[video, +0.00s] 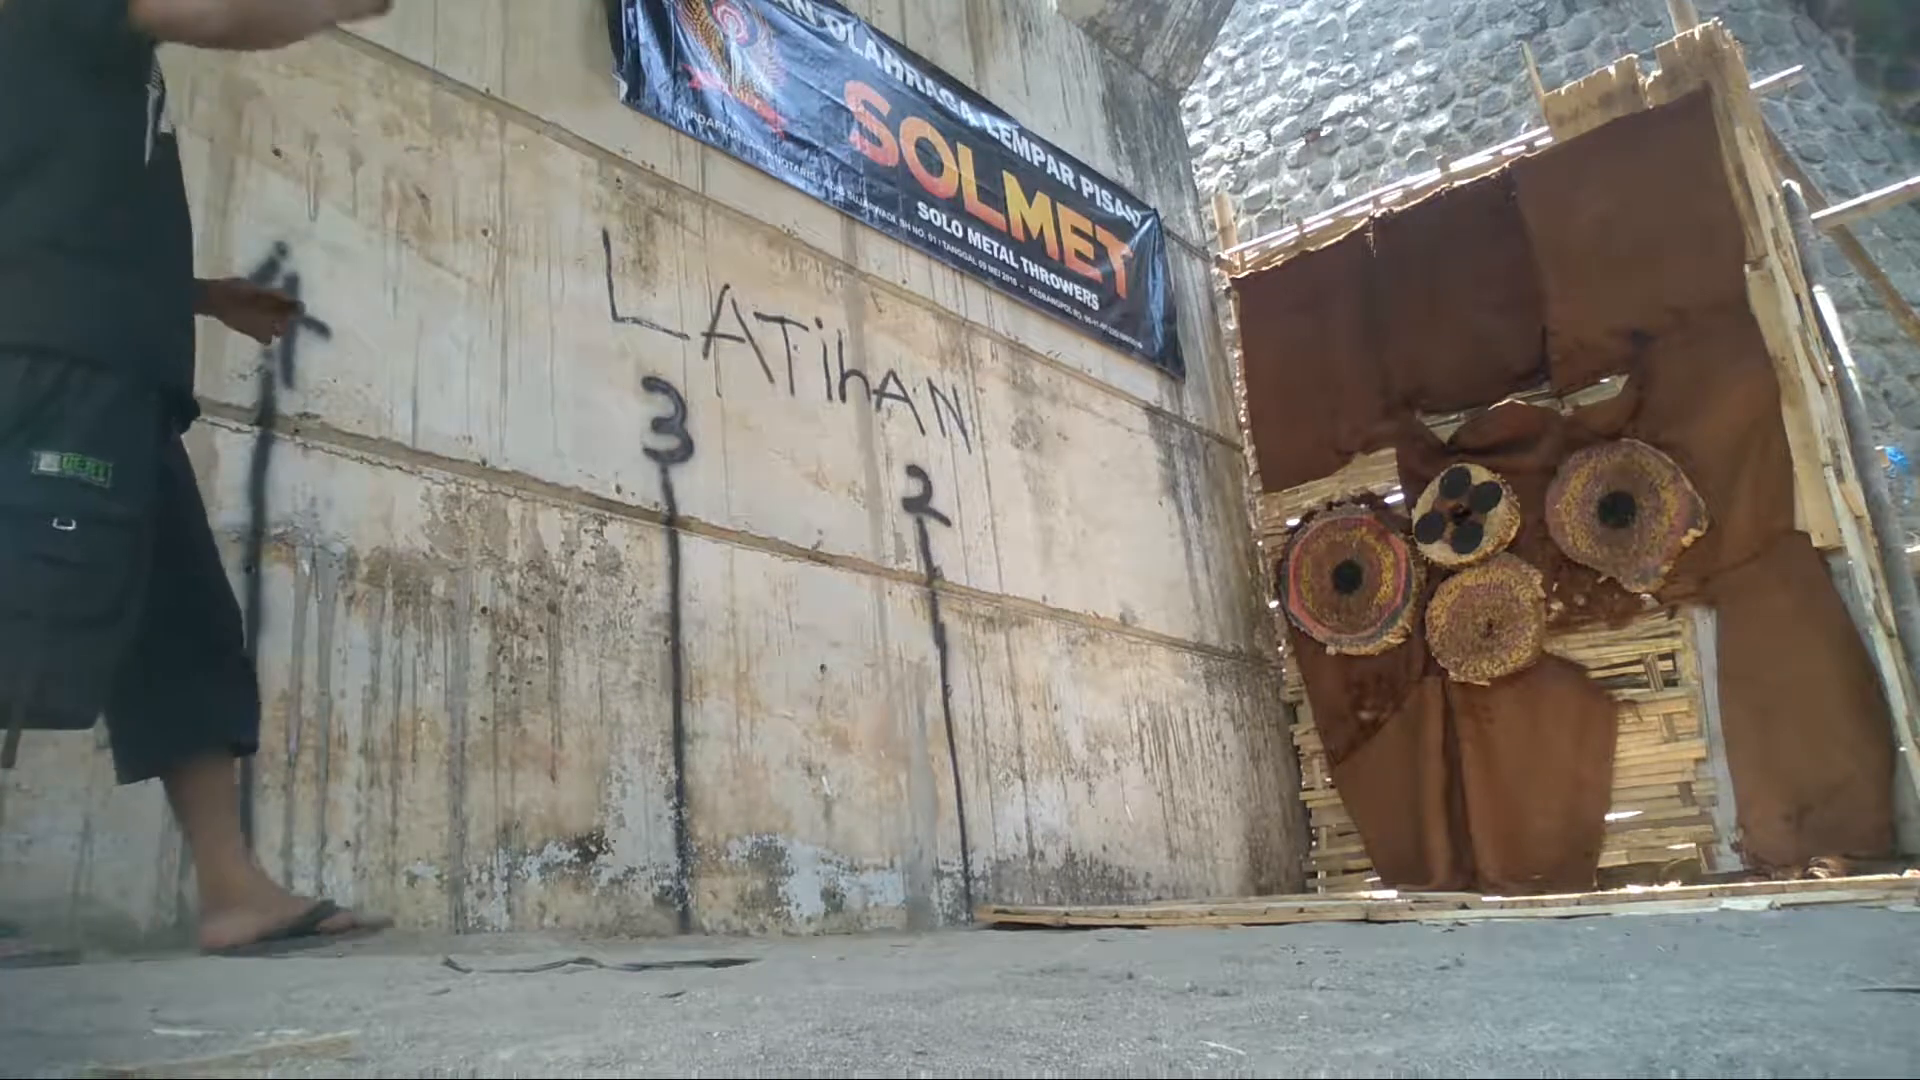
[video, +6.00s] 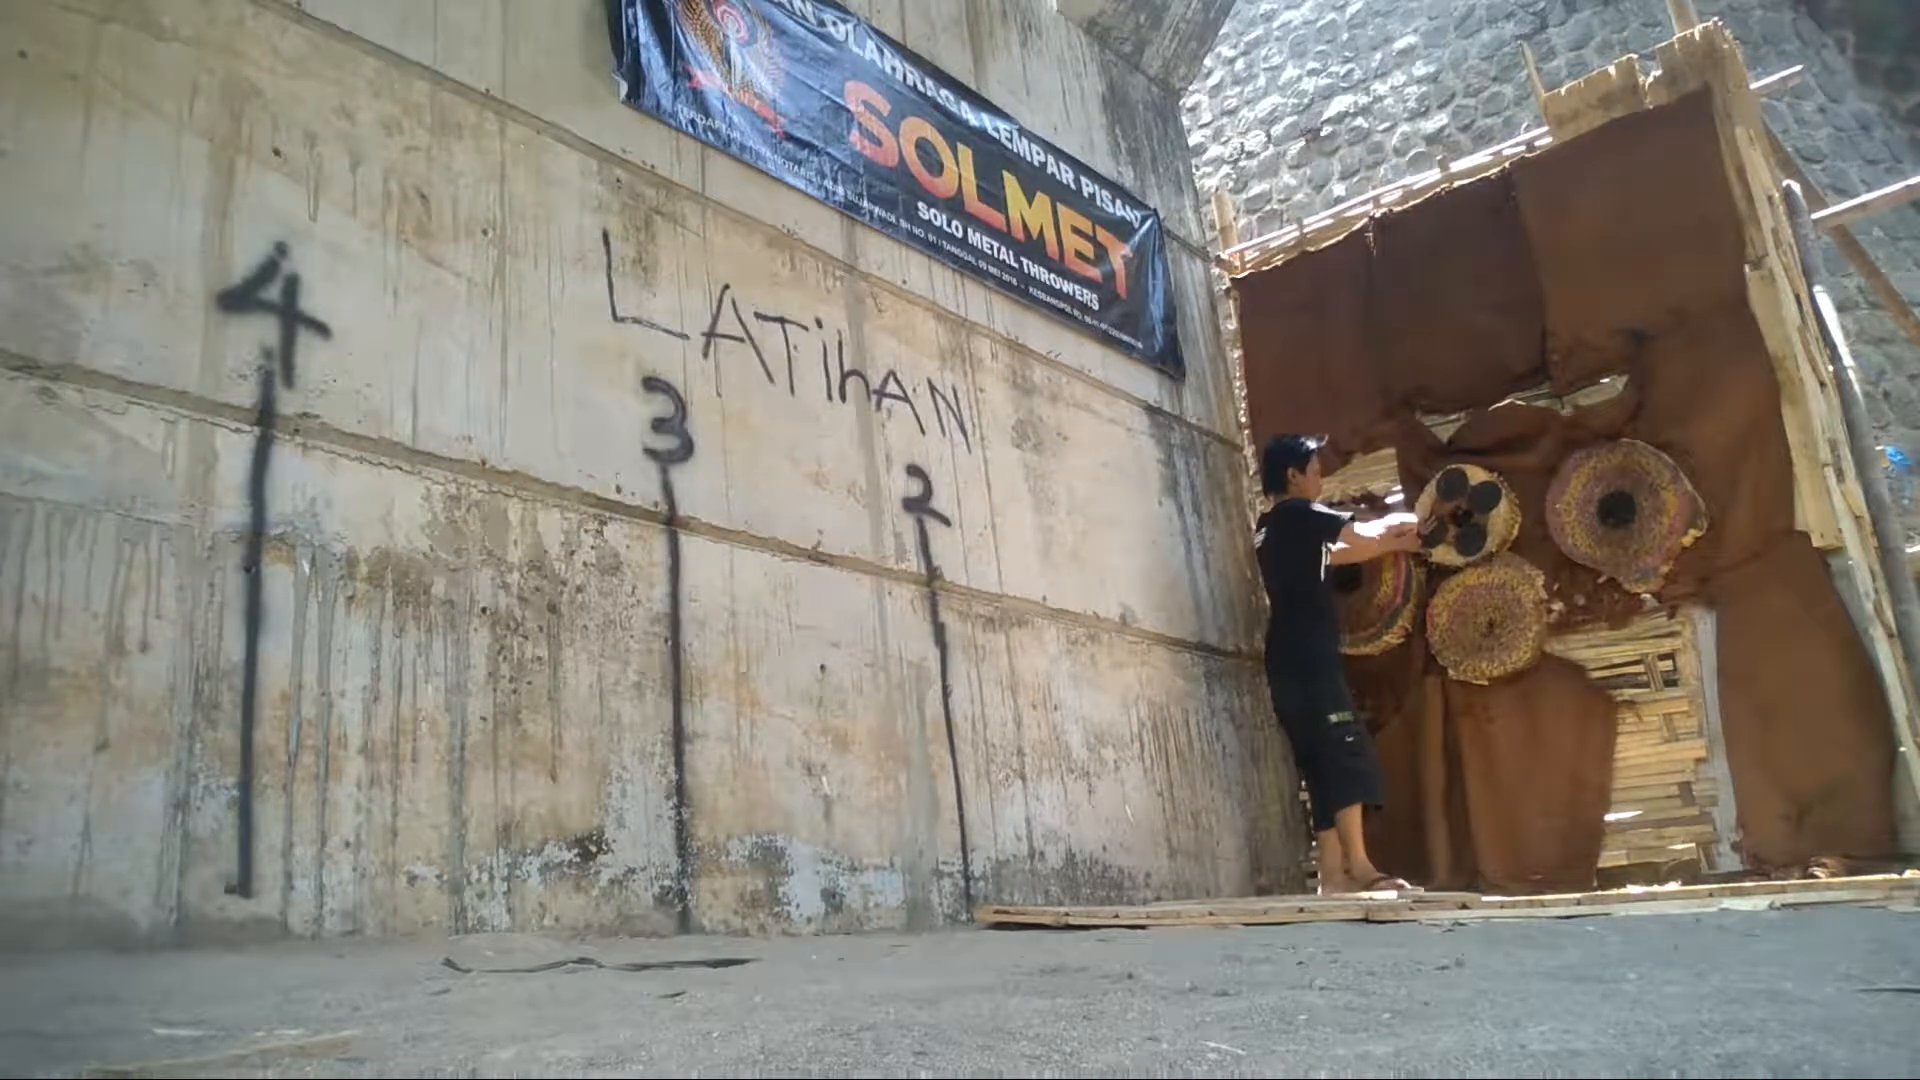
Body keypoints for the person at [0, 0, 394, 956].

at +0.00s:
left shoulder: (96, 49)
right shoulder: (56, 23)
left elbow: (65, 237)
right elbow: (224, 18)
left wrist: (206, 296)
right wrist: (344, 4)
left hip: (118, 384)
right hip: (41, 369)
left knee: (183, 629)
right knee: (18, 642)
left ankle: (233, 890)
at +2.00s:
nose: (577, 167)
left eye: (574, 151)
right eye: (570, 150)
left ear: (489, 164)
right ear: (540, 149)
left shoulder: (454, 256)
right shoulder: (542, 212)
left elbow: (446, 397)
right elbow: (507, 315)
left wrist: (560, 468)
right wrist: (508, 448)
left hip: (431, 509)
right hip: (529, 501)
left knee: (368, 681)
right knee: (620, 678)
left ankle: (267, 878)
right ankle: (681, 893)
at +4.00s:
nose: (1206, 422)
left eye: (1201, 414)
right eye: (1202, 414)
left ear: (1150, 434)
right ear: (1194, 417)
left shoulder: (1142, 498)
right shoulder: (1227, 462)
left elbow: (1143, 589)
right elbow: (1293, 531)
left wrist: (1150, 659)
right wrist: (1341, 578)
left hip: (1191, 643)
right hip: (1246, 626)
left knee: (1240, 762)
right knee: (1288, 737)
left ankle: (1280, 875)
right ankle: (1249, 798)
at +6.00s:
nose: (1321, 480)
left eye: (1320, 472)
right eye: (1316, 473)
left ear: (1285, 478)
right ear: (1294, 476)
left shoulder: (1273, 526)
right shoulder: (1302, 517)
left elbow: (1343, 553)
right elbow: (1363, 544)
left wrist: (1392, 542)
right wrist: (1405, 536)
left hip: (1286, 653)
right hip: (1310, 653)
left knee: (1321, 759)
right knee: (1345, 751)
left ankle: (1333, 873)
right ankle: (1359, 868)